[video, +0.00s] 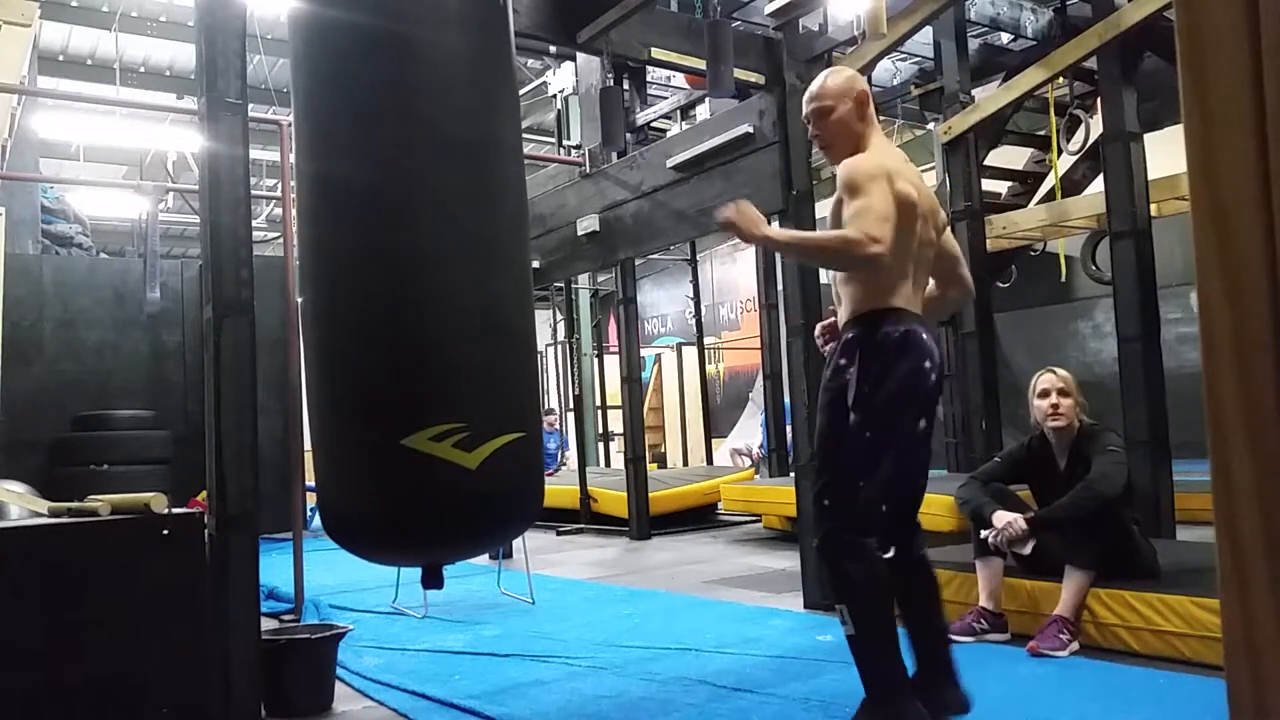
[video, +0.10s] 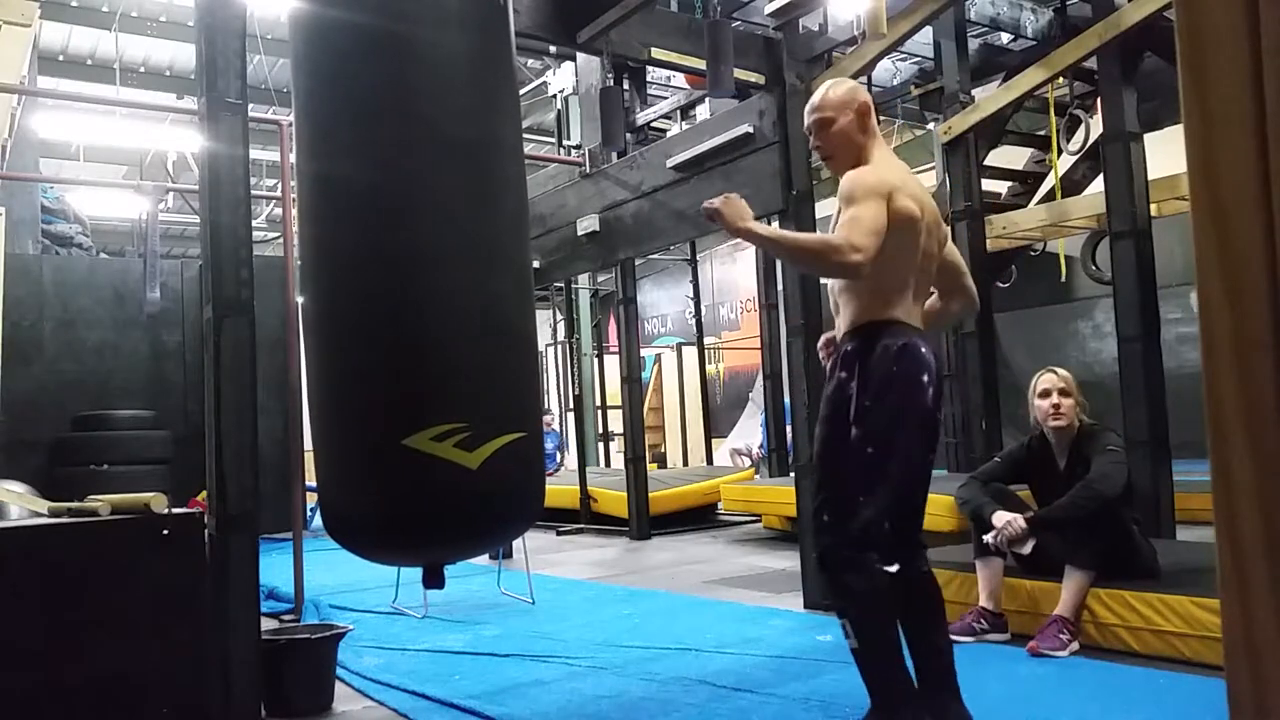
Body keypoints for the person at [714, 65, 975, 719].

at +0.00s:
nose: (811, 129)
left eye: (820, 114)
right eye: (807, 118)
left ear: (858, 107)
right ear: (866, 114)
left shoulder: (864, 167)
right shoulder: (912, 178)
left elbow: (870, 245)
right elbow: (955, 283)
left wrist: (767, 236)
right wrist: (865, 319)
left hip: (875, 354)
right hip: (918, 352)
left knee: (844, 531)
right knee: (897, 527)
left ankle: (887, 700)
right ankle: (939, 684)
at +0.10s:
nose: (815, 141)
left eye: (823, 125)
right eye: (809, 131)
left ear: (864, 115)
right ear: (872, 126)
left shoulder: (867, 179)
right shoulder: (916, 192)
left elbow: (854, 254)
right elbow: (959, 296)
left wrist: (752, 230)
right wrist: (870, 331)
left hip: (873, 367)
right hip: (916, 367)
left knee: (840, 542)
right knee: (902, 544)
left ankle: (891, 703)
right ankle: (943, 700)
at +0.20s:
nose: (818, 138)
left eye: (828, 123)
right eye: (813, 128)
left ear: (869, 115)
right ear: (871, 126)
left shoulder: (865, 176)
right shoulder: (919, 188)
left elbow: (856, 257)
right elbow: (957, 295)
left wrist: (749, 246)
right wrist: (860, 331)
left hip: (876, 367)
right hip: (915, 363)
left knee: (859, 544)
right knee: (902, 541)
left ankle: (899, 706)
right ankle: (945, 699)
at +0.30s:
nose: (823, 146)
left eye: (833, 131)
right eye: (820, 134)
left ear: (872, 125)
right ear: (881, 133)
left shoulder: (871, 182)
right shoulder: (920, 190)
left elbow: (865, 267)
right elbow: (958, 306)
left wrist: (760, 292)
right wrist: (861, 337)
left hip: (880, 376)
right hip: (921, 372)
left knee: (863, 556)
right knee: (909, 543)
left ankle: (902, 709)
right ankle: (967, 685)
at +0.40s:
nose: (834, 158)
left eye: (843, 143)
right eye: (830, 146)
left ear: (883, 134)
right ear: (883, 138)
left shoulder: (886, 196)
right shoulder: (930, 199)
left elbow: (878, 287)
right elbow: (956, 317)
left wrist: (791, 354)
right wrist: (859, 345)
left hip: (891, 380)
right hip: (929, 377)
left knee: (859, 555)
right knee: (921, 539)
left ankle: (900, 709)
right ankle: (986, 682)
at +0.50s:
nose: (840, 155)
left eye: (849, 141)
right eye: (836, 143)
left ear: (887, 133)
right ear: (892, 138)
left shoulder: (892, 196)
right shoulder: (932, 195)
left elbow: (895, 300)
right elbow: (954, 308)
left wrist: (858, 395)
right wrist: (861, 343)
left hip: (902, 373)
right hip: (938, 370)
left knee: (873, 546)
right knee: (936, 533)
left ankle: (901, 706)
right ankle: (987, 681)